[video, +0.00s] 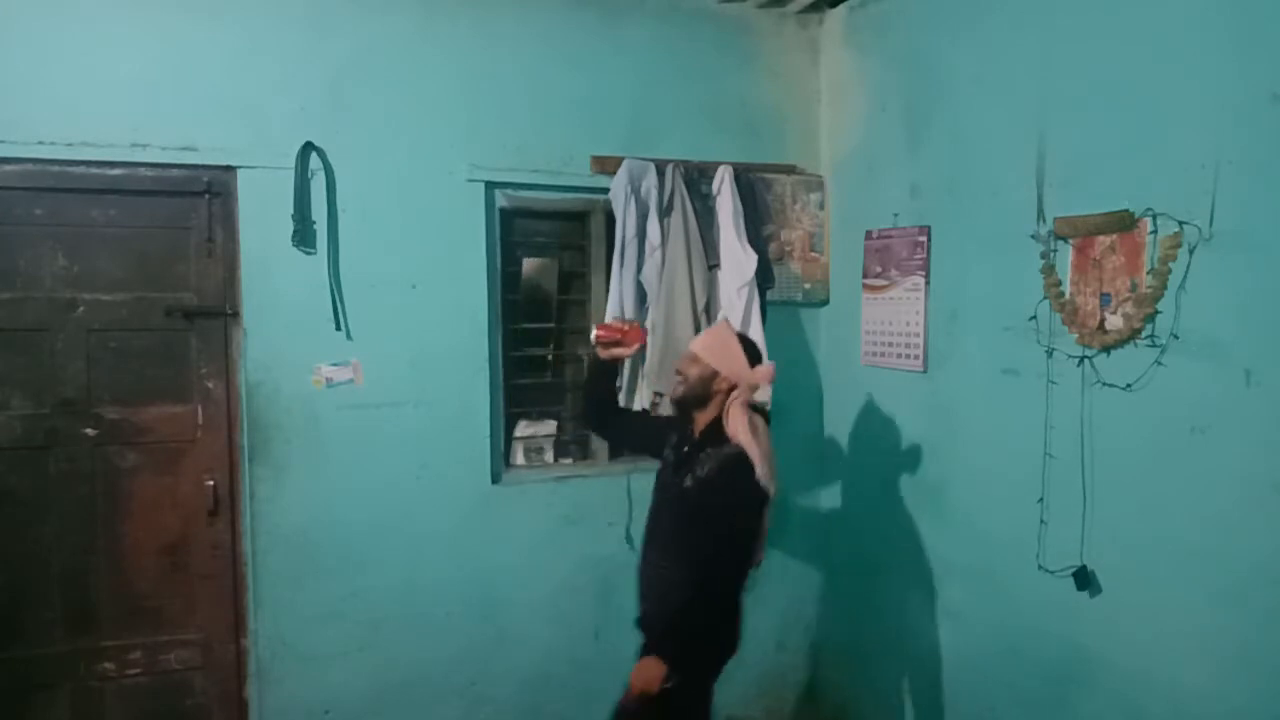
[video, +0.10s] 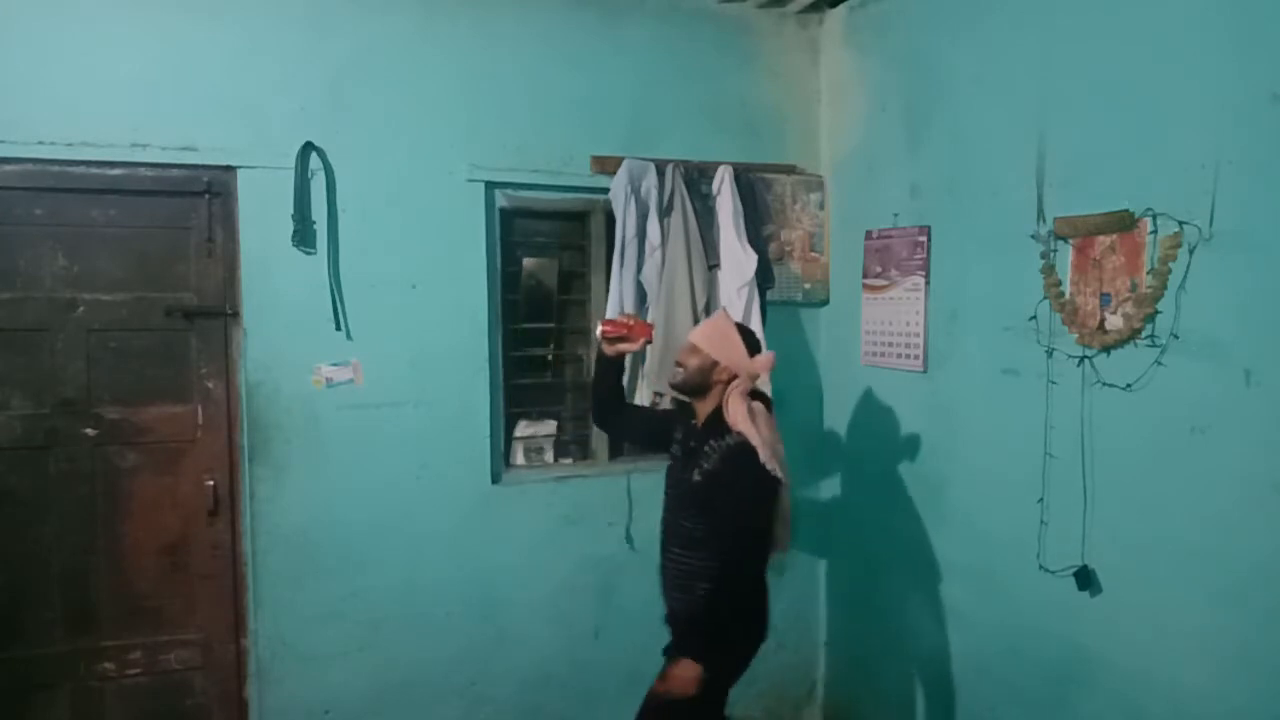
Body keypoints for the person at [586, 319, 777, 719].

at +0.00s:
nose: (679, 365)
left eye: (694, 360)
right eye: (686, 356)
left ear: (725, 382)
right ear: (720, 382)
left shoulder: (738, 463)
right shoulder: (680, 434)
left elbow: (718, 577)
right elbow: (602, 417)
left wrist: (664, 653)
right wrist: (605, 363)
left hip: (697, 636)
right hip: (663, 627)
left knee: (634, 710)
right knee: (683, 713)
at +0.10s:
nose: (679, 354)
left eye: (695, 350)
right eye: (687, 344)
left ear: (725, 373)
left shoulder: (747, 451)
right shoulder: (685, 426)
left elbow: (741, 565)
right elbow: (610, 416)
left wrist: (696, 655)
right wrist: (610, 357)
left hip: (723, 625)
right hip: (689, 615)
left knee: (657, 711)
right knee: (701, 713)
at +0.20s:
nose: (681, 352)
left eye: (697, 346)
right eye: (688, 342)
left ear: (725, 369)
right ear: (719, 370)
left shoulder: (751, 440)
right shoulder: (689, 425)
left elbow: (758, 558)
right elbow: (615, 422)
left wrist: (739, 667)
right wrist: (611, 364)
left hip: (732, 626)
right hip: (701, 618)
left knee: (676, 711)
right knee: (705, 710)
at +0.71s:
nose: (711, 360)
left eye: (725, 353)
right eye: (716, 350)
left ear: (756, 371)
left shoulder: (791, 462)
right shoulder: (699, 431)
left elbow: (804, 572)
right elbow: (628, 416)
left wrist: (787, 666)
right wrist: (647, 350)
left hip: (751, 637)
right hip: (690, 627)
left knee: (733, 712)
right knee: (685, 711)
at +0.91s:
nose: (697, 371)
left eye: (710, 360)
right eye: (693, 360)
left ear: (744, 370)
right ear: (687, 366)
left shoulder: (792, 448)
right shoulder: (689, 432)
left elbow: (833, 546)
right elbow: (618, 429)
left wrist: (846, 640)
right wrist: (640, 363)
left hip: (769, 627)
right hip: (699, 623)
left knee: (762, 710)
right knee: (698, 711)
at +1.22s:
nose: (721, 395)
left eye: (732, 383)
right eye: (709, 384)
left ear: (749, 382)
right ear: (690, 385)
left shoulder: (788, 436)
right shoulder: (687, 436)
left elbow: (841, 512)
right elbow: (644, 480)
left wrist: (877, 597)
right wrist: (669, 416)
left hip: (783, 612)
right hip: (710, 610)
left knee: (768, 707)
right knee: (699, 706)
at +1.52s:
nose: (754, 408)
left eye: (762, 396)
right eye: (740, 398)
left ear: (774, 393)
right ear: (716, 399)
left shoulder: (806, 439)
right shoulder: (697, 446)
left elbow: (849, 501)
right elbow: (674, 510)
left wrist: (874, 568)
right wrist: (710, 459)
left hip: (806, 601)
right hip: (731, 602)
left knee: (820, 709)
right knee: (727, 710)